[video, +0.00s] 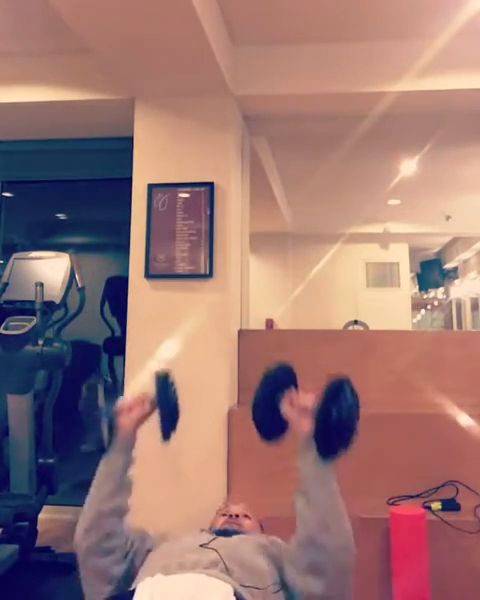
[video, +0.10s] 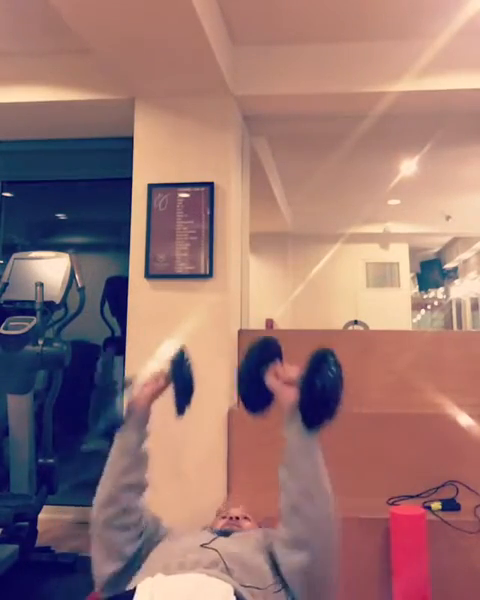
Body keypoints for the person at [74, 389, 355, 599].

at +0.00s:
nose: (233, 515)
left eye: (245, 516)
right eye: (225, 514)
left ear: (263, 535)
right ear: (207, 526)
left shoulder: (277, 552)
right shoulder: (157, 549)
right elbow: (95, 538)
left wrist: (308, 440)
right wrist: (122, 439)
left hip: (229, 589)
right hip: (155, 585)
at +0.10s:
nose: (232, 518)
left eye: (245, 518)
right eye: (224, 516)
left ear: (263, 531)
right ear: (206, 527)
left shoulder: (283, 557)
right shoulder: (150, 549)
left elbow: (309, 512)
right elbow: (113, 506)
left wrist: (294, 411)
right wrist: (137, 413)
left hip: (227, 588)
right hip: (150, 587)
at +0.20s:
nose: (233, 519)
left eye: (246, 520)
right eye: (224, 518)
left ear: (261, 532)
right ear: (208, 527)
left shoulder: (280, 562)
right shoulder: (153, 542)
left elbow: (298, 498)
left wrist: (282, 398)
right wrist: (150, 391)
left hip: (224, 589)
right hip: (150, 587)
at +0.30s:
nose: (233, 520)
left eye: (246, 520)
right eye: (225, 517)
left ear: (261, 531)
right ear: (210, 525)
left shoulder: (279, 562)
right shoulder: (159, 538)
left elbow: (292, 495)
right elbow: (152, 470)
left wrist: (272, 396)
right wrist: (158, 385)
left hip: (224, 589)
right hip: (150, 588)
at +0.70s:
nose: (232, 506)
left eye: (243, 508)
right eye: (223, 505)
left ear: (259, 531)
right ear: (205, 522)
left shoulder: (274, 553)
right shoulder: (158, 550)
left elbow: (339, 592)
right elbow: (82, 590)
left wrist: (322, 498)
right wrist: (101, 498)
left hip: (226, 591)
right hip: (155, 587)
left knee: (201, 588)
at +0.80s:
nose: (230, 503)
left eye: (242, 505)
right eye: (221, 502)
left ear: (259, 530)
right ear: (202, 524)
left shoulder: (274, 555)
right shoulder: (155, 552)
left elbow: (329, 597)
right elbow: (88, 595)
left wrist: (323, 532)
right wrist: (99, 536)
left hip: (225, 591)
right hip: (152, 589)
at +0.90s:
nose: (229, 503)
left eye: (241, 503)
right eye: (219, 502)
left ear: (256, 526)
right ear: (202, 522)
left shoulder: (271, 555)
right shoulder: (156, 550)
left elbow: (308, 594)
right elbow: (106, 593)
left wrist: (322, 557)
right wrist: (102, 558)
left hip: (221, 588)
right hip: (152, 587)